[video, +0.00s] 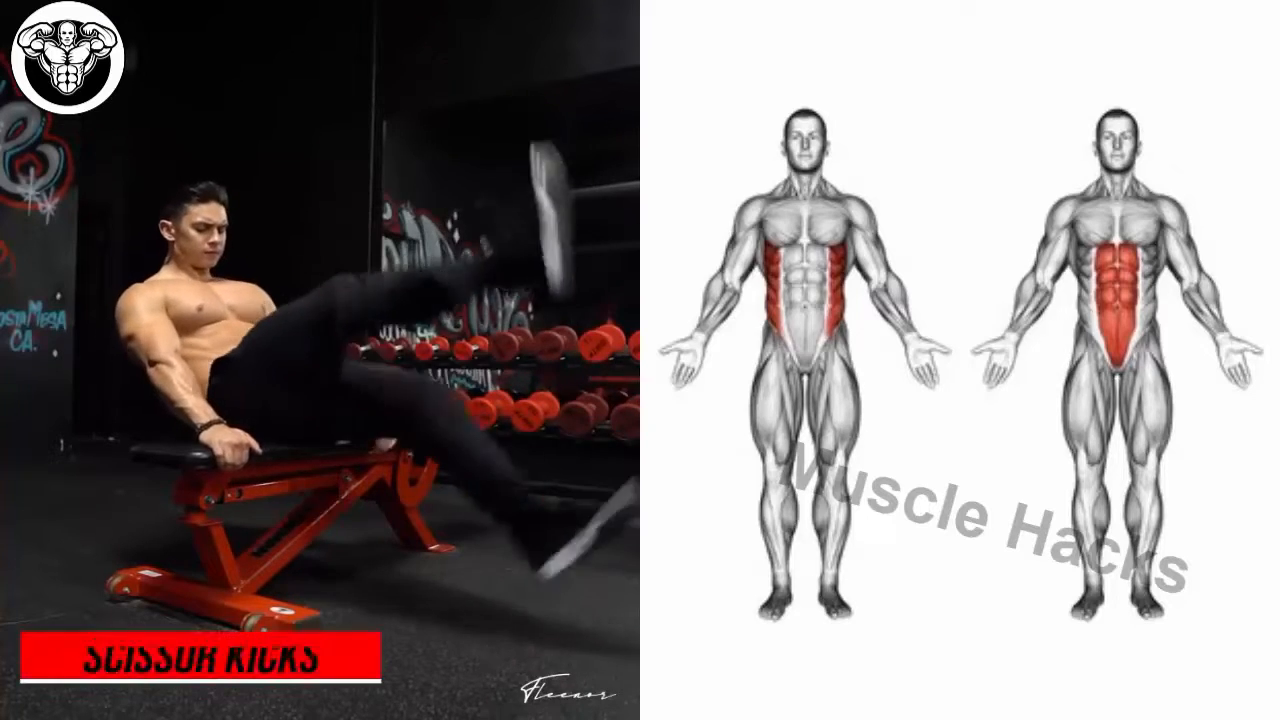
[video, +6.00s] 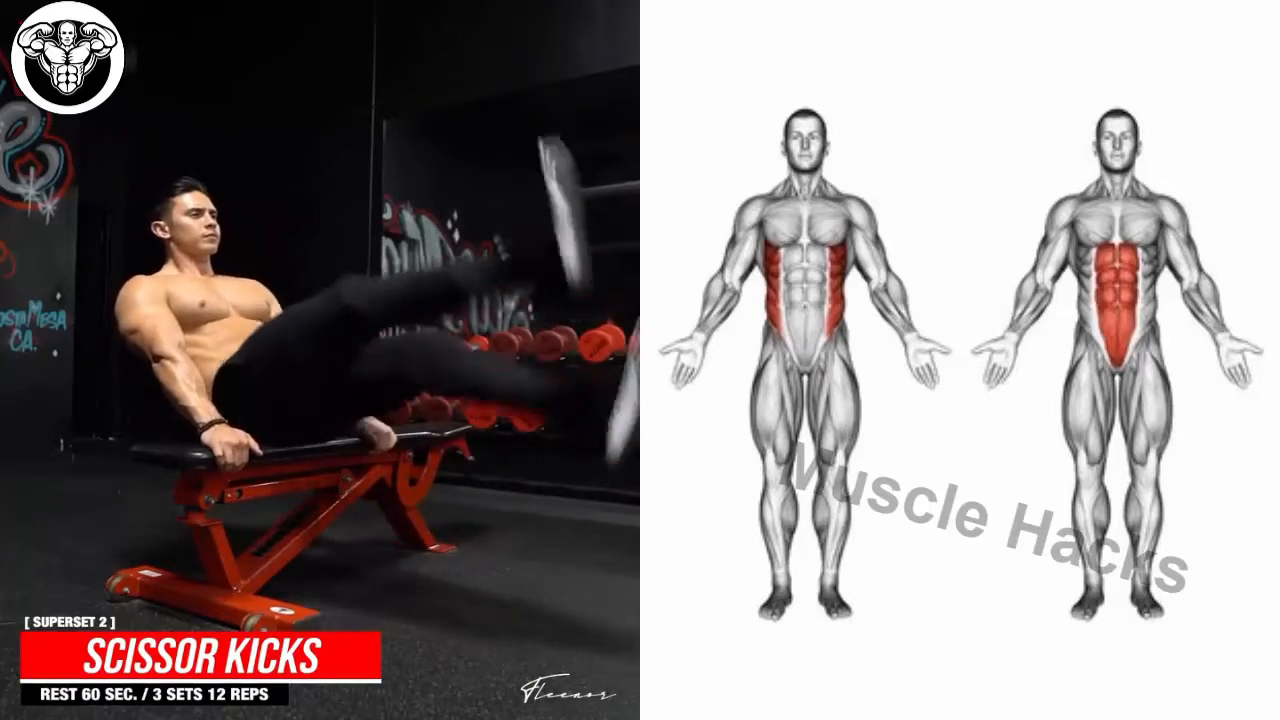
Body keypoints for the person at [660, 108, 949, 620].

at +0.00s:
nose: (804, 146)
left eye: (812, 138)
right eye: (797, 138)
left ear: (825, 145)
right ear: (785, 145)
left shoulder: (852, 211)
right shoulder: (758, 211)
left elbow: (881, 281)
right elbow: (729, 281)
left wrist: (910, 336)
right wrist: (700, 336)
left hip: (832, 355)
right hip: (777, 355)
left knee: (834, 468)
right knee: (777, 469)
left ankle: (830, 584)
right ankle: (780, 585)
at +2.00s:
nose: (805, 146)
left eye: (812, 138)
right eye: (797, 138)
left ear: (825, 145)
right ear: (785, 145)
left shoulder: (852, 211)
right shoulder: (758, 211)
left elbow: (881, 281)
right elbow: (729, 282)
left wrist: (910, 336)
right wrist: (700, 336)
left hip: (832, 356)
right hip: (777, 355)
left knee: (834, 467)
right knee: (777, 469)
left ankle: (830, 584)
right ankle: (780, 585)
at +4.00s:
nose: (804, 146)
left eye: (812, 138)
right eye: (797, 138)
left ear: (825, 145)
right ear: (785, 145)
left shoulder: (851, 211)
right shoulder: (758, 211)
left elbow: (881, 281)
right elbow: (729, 281)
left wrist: (909, 336)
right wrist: (700, 336)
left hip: (832, 356)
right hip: (777, 355)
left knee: (834, 467)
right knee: (777, 469)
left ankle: (829, 584)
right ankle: (780, 585)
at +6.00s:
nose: (805, 145)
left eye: (812, 138)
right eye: (797, 138)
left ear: (825, 145)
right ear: (785, 146)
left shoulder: (851, 211)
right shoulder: (758, 211)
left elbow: (881, 281)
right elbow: (729, 281)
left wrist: (909, 336)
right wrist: (700, 336)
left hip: (832, 355)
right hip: (778, 355)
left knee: (834, 467)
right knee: (777, 469)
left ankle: (829, 584)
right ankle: (780, 585)